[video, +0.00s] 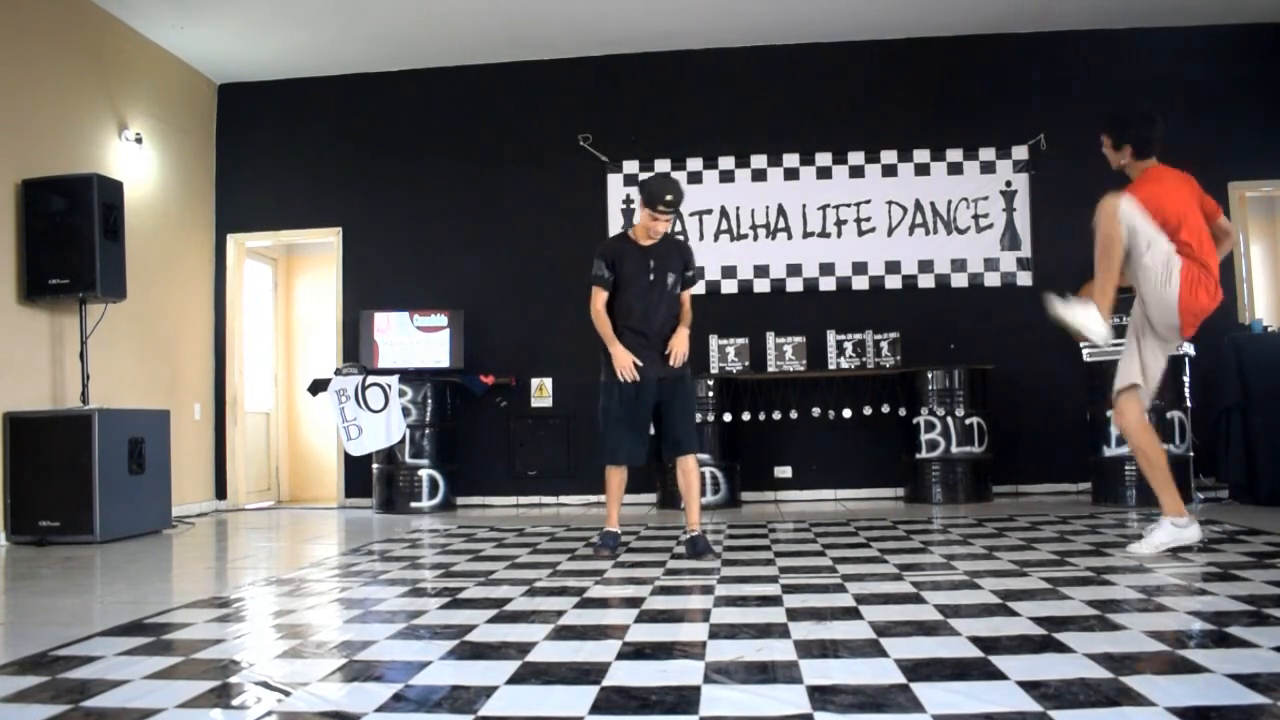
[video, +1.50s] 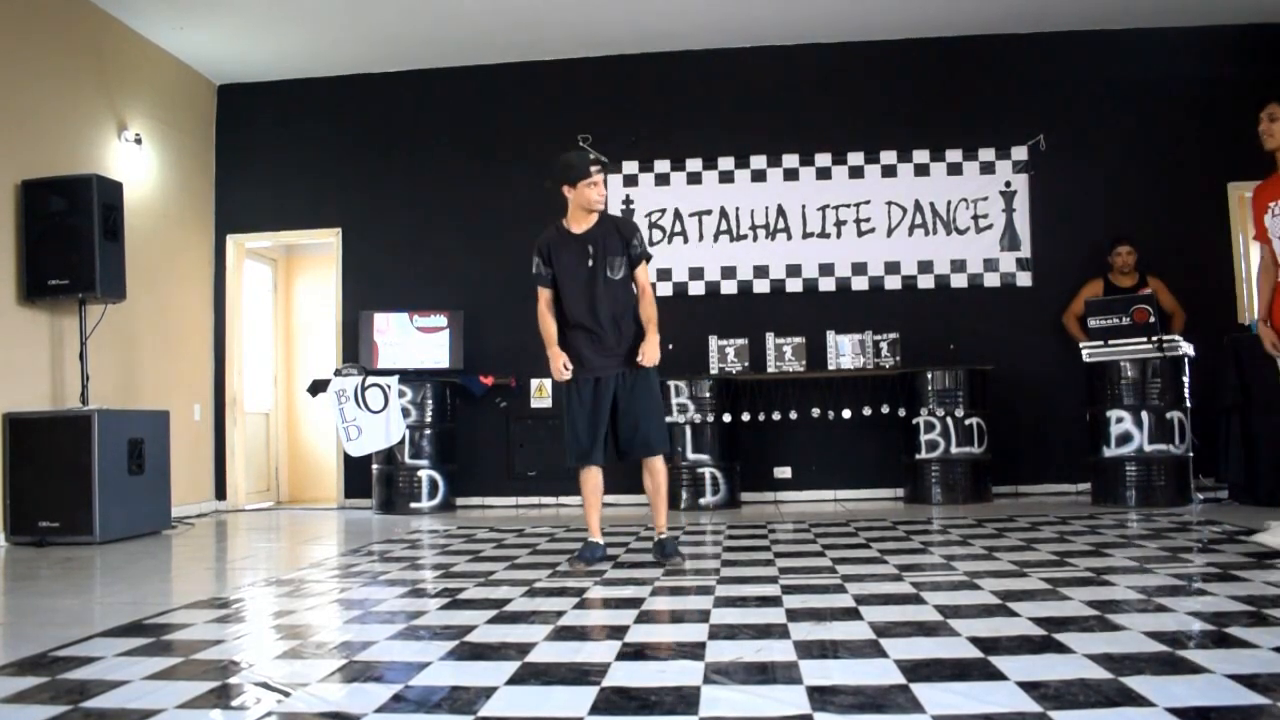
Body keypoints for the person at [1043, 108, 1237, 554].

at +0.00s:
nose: (1104, 153)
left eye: (1106, 146)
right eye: (1104, 146)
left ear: (1125, 149)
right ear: (1148, 147)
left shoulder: (1138, 192)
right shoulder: (1182, 181)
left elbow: (1120, 266)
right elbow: (1227, 233)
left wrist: (1095, 295)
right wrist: (1197, 266)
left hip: (1180, 290)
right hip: (1165, 313)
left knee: (1113, 204)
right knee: (1127, 411)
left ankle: (1097, 311)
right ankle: (1177, 518)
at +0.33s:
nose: (1129, 130)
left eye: (1137, 121)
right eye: (1128, 123)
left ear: (1165, 122)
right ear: (1158, 126)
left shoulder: (1184, 166)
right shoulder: (1186, 171)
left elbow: (1192, 237)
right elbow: (1231, 239)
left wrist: (1133, 249)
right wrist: (1256, 302)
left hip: (1189, 322)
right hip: (1171, 323)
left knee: (1199, 421)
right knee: (1177, 423)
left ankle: (1265, 512)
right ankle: (1186, 529)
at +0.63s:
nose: (1172, 122)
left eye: (1180, 112)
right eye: (1170, 115)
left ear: (1210, 115)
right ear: (1184, 123)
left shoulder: (1244, 161)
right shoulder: (1189, 179)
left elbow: (1274, 229)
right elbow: (1207, 247)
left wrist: (1220, 263)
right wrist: (1193, 305)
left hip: (1253, 325)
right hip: (1199, 325)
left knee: (1268, 426)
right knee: (1193, 424)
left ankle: (1278, 524)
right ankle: (1187, 528)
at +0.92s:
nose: (1220, 115)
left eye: (1230, 108)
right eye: (1219, 108)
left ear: (1258, 116)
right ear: (1221, 119)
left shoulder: (1276, 164)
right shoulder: (1213, 178)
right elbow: (1182, 243)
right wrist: (1139, 295)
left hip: (1274, 321)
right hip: (1226, 322)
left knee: (1276, 428)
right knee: (1216, 419)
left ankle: (1278, 523)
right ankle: (1273, 494)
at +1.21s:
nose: (1254, 119)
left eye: (1264, 111)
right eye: (1252, 112)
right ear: (1249, 122)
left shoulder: (1272, 176)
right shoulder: (1232, 183)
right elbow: (1220, 244)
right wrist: (1204, 284)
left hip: (1275, 322)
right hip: (1251, 326)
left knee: (1272, 427)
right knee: (1266, 428)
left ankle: (1274, 524)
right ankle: (1272, 522)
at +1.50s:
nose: (1263, 127)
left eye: (1272, 119)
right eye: (1260, 120)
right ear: (1258, 128)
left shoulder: (1264, 192)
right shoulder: (1264, 192)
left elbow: (1268, 260)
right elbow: (1268, 259)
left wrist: (1262, 320)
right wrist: (1262, 319)